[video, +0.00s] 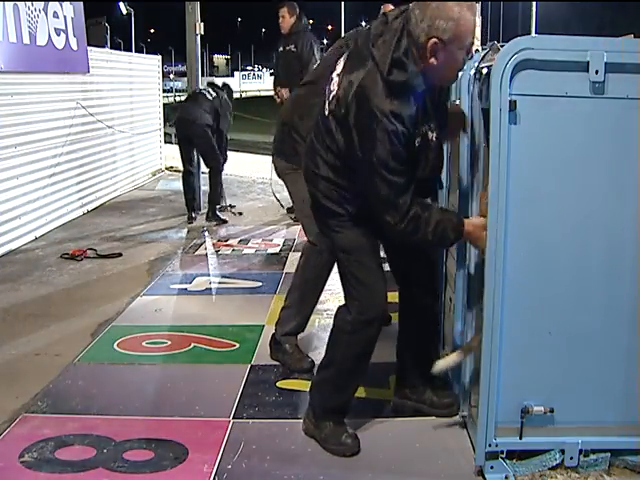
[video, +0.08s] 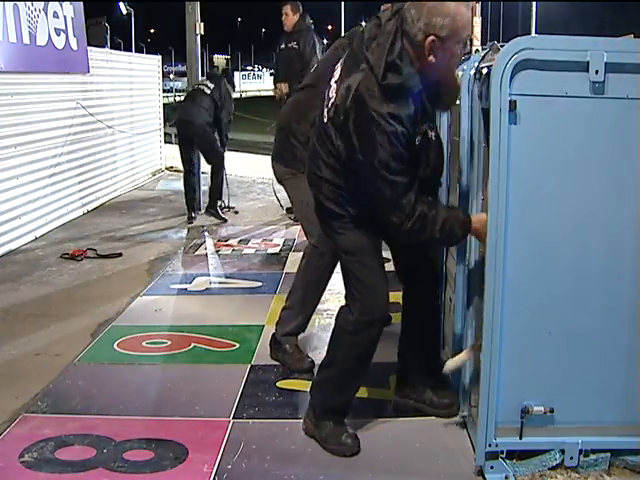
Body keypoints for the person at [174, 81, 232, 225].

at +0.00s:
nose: (230, 101)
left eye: (230, 99)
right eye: (230, 98)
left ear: (219, 89)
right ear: (227, 94)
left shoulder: (200, 92)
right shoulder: (224, 101)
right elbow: (222, 129)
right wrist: (222, 154)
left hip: (182, 124)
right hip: (200, 126)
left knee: (188, 169)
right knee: (215, 165)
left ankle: (191, 211)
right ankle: (213, 211)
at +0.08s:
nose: (231, 93)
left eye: (231, 91)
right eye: (230, 90)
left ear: (213, 78)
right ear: (227, 84)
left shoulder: (201, 84)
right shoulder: (224, 90)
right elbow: (223, 117)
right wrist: (223, 143)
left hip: (182, 124)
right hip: (199, 125)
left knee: (189, 169)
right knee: (217, 161)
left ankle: (191, 211)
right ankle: (213, 205)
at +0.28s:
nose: (235, 68)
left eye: (235, 65)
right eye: (235, 65)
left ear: (219, 60)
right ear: (230, 62)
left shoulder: (204, 72)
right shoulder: (225, 73)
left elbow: (197, 98)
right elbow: (225, 99)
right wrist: (227, 114)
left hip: (189, 123)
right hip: (205, 125)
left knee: (194, 169)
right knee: (217, 167)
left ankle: (192, 209)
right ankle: (215, 209)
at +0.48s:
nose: (238, 55)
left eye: (238, 51)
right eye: (237, 51)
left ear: (223, 50)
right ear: (231, 50)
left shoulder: (210, 66)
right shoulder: (227, 66)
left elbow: (206, 92)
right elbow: (227, 91)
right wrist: (236, 94)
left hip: (199, 122)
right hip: (212, 123)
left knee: (207, 162)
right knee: (219, 165)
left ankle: (196, 201)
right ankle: (216, 207)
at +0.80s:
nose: (241, 44)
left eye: (240, 39)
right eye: (238, 40)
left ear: (230, 41)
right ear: (231, 41)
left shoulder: (226, 58)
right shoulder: (226, 59)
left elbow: (225, 86)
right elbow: (226, 87)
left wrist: (240, 86)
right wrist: (242, 87)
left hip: (220, 119)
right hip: (217, 120)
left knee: (224, 160)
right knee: (222, 162)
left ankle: (227, 195)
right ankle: (216, 207)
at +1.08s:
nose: (243, 45)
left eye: (241, 41)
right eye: (240, 42)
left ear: (231, 42)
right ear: (233, 44)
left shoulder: (234, 61)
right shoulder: (225, 62)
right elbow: (225, 88)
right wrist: (243, 98)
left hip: (232, 116)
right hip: (226, 117)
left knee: (234, 158)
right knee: (228, 159)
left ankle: (233, 197)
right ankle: (216, 205)